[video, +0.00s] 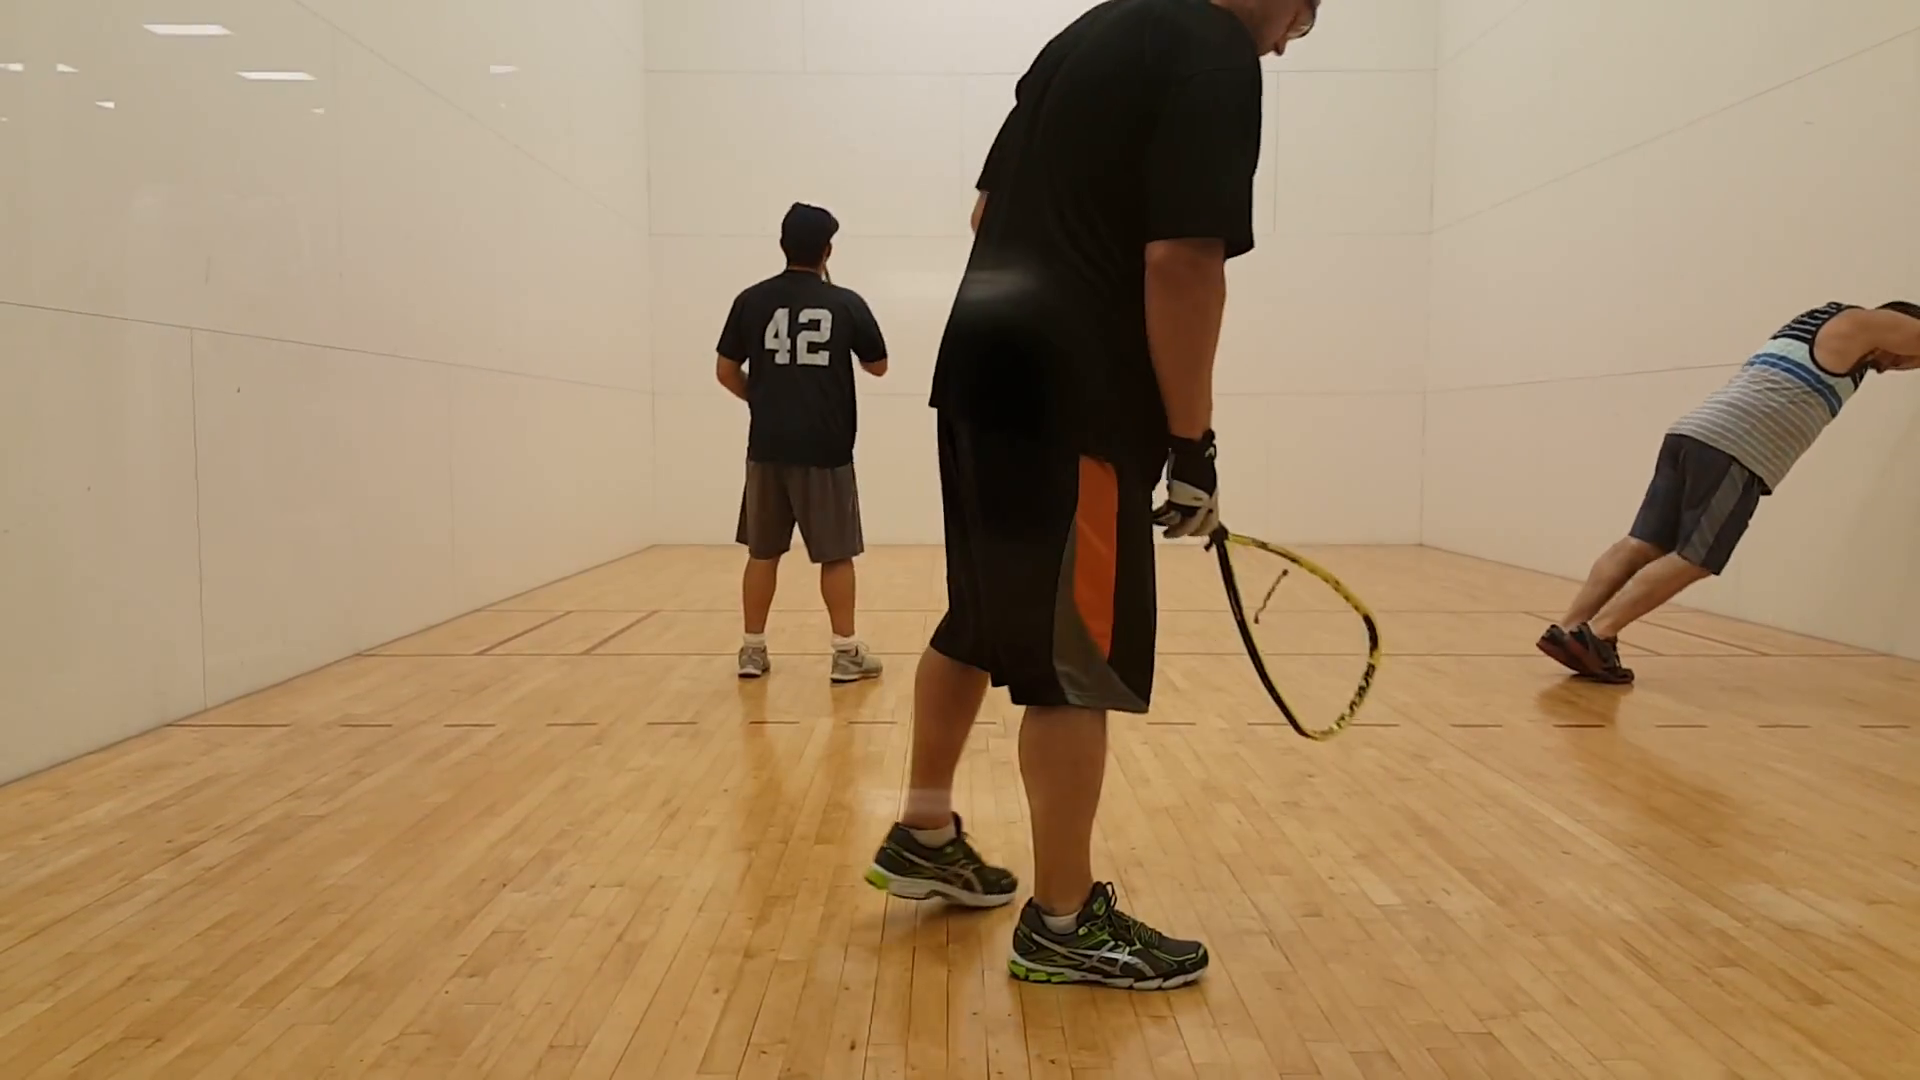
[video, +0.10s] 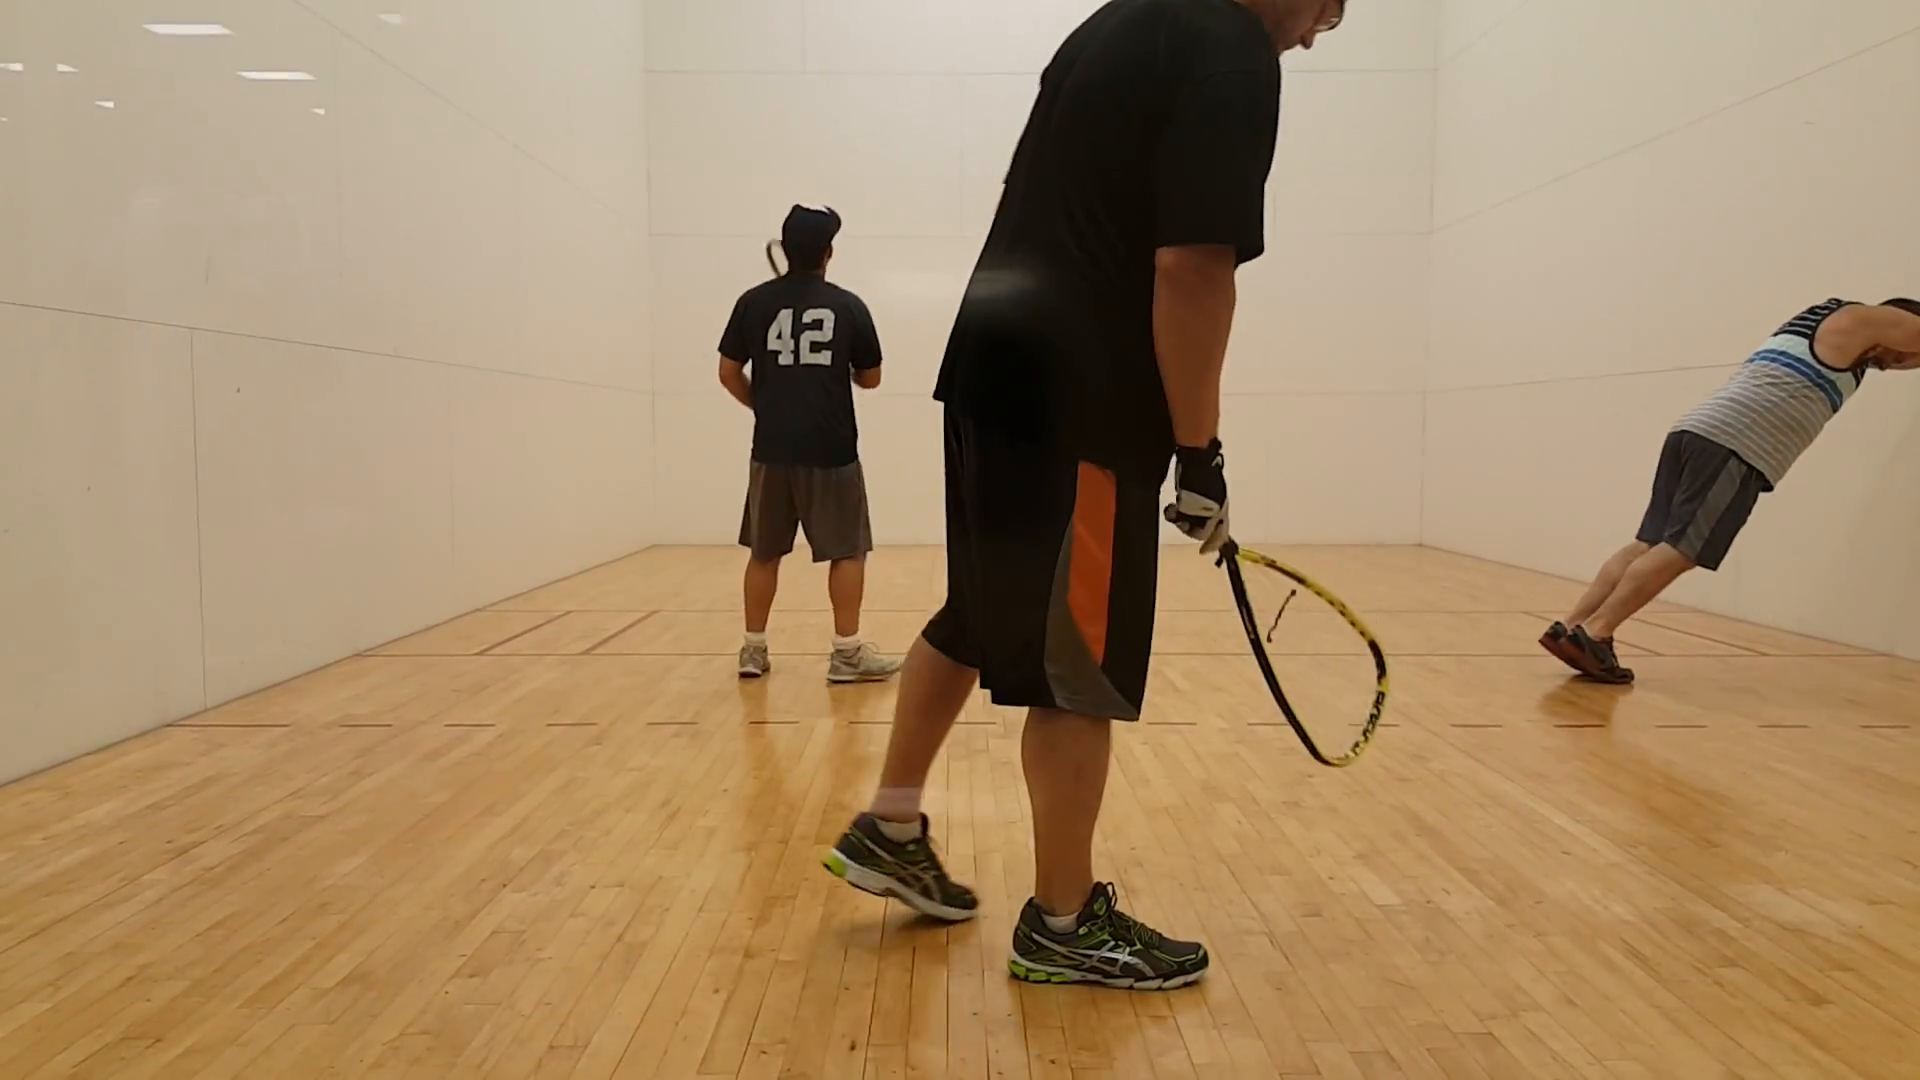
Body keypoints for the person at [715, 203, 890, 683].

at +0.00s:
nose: (833, 248)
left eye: (829, 241)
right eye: (831, 243)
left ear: (784, 246)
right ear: (826, 249)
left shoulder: (752, 300)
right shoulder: (846, 304)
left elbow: (726, 371)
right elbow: (877, 365)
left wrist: (761, 398)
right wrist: (840, 315)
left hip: (767, 446)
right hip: (825, 450)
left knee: (763, 550)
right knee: (836, 553)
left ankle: (752, 650)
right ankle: (845, 654)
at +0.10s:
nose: (835, 248)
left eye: (830, 240)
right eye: (833, 243)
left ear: (787, 249)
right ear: (827, 252)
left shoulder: (755, 302)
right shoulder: (848, 306)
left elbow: (729, 373)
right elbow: (869, 378)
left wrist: (762, 404)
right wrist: (831, 357)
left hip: (772, 447)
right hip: (831, 450)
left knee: (764, 549)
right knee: (848, 548)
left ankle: (753, 649)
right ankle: (847, 653)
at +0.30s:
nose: (860, 264)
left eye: (857, 258)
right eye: (858, 259)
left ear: (811, 264)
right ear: (853, 265)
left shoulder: (780, 316)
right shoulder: (869, 329)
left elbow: (749, 387)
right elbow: (891, 408)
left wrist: (757, 447)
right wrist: (885, 441)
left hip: (786, 464)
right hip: (844, 468)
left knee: (768, 551)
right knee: (894, 552)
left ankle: (754, 645)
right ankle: (879, 654)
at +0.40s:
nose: (885, 262)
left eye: (881, 255)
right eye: (882, 256)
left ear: (835, 264)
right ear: (875, 264)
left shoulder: (807, 316)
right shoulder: (892, 328)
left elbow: (770, 381)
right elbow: (912, 403)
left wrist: (774, 443)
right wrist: (923, 445)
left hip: (808, 469)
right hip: (868, 475)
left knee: (785, 552)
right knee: (899, 570)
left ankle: (756, 642)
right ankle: (878, 657)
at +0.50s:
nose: (905, 241)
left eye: (903, 234)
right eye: (903, 235)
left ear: (853, 244)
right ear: (895, 243)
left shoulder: (829, 296)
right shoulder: (909, 304)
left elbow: (797, 360)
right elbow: (922, 372)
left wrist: (816, 414)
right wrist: (948, 420)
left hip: (830, 445)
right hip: (887, 452)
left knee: (814, 548)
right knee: (894, 551)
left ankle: (788, 644)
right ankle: (878, 652)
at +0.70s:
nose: (930, 215)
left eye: (926, 206)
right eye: (926, 208)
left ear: (882, 221)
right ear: (919, 219)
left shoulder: (865, 272)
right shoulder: (927, 278)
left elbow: (837, 336)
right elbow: (920, 341)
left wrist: (881, 364)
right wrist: (961, 376)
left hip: (863, 433)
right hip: (914, 436)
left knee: (875, 538)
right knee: (933, 537)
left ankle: (845, 653)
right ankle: (920, 653)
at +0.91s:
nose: (969, 224)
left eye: (964, 216)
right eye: (965, 217)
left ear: (916, 231)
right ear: (956, 225)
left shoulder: (920, 286)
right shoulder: (943, 295)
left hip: (927, 457)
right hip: (953, 461)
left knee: (915, 559)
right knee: (965, 567)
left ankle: (852, 654)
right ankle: (963, 684)